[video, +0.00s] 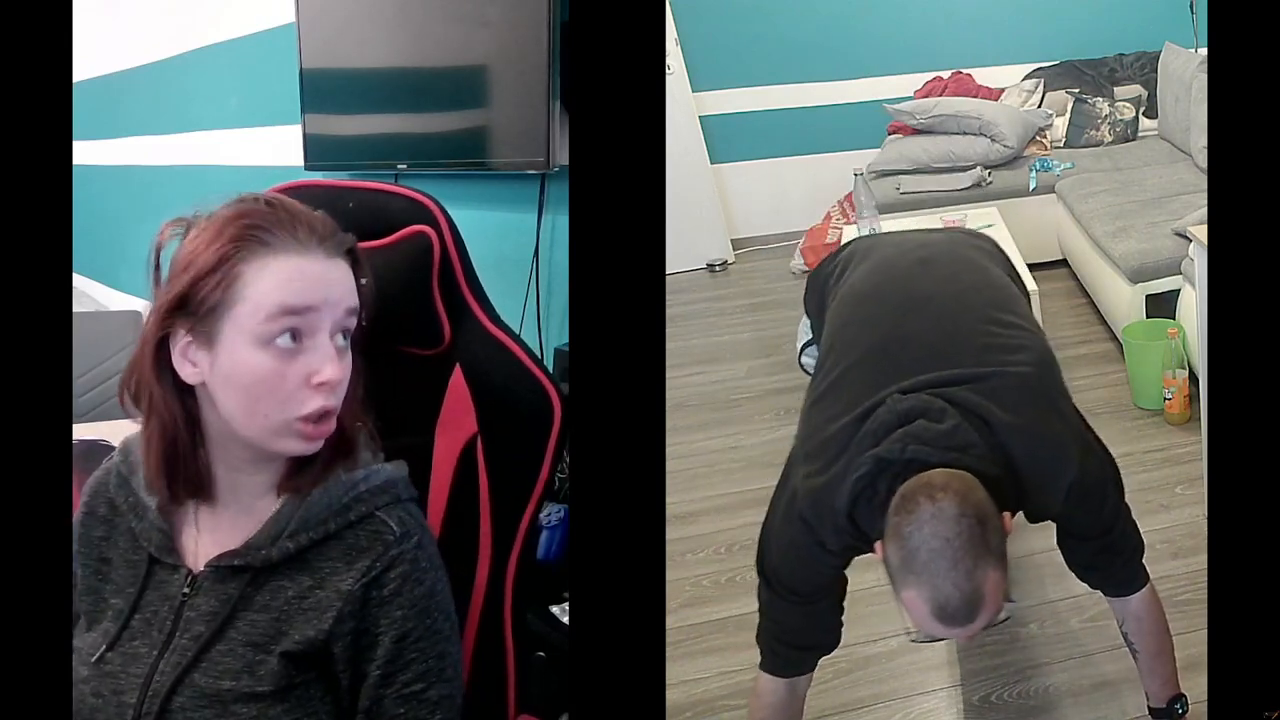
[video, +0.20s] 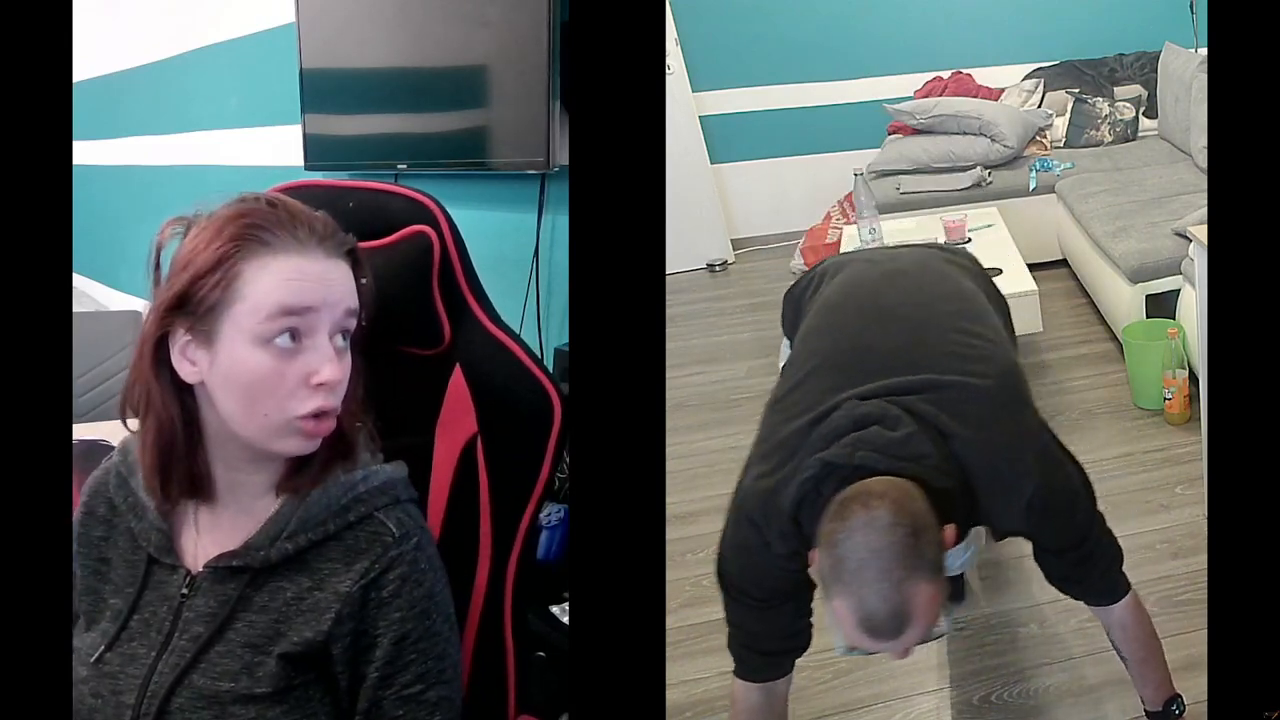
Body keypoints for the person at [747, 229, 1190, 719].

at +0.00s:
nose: (968, 643)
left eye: (986, 625)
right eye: (938, 639)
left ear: (1005, 526)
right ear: (881, 556)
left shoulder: (1064, 465)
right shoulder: (807, 522)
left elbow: (1131, 593)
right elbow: (782, 680)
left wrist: (1169, 707)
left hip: (978, 252)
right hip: (851, 266)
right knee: (829, 356)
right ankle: (816, 336)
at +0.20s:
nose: (904, 659)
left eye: (919, 640)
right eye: (873, 652)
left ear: (946, 542)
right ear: (816, 569)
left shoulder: (1023, 473)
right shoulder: (761, 526)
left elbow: (1113, 597)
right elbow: (759, 686)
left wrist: (1165, 709)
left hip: (953, 269)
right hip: (827, 282)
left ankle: (958, 547)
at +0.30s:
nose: (882, 672)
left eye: (899, 652)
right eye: (850, 664)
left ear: (923, 550)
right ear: (795, 593)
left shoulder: (1005, 478)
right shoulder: (740, 547)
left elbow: (1108, 601)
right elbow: (747, 690)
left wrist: (1157, 711)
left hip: (947, 278)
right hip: (815, 291)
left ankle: (946, 536)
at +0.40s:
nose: (881, 683)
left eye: (898, 665)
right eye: (849, 676)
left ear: (927, 561)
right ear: (794, 600)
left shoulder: (1009, 489)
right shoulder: (735, 552)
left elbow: (1111, 605)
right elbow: (740, 692)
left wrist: (1156, 713)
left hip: (944, 288)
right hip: (814, 304)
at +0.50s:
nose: (885, 686)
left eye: (905, 670)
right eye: (848, 677)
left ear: (937, 568)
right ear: (802, 599)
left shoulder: (1021, 496)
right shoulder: (743, 552)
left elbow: (1117, 603)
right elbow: (741, 694)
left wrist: (1156, 713)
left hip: (951, 298)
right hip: (826, 315)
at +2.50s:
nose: (976, 644)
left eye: (993, 622)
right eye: (943, 638)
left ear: (1008, 516)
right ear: (877, 559)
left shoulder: (1069, 466)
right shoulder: (811, 530)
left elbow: (1134, 608)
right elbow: (785, 686)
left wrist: (1158, 709)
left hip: (996, 323)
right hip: (873, 338)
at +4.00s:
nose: (989, 647)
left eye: (986, 614)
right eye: (949, 655)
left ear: (961, 527)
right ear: (860, 622)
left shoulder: (1048, 485)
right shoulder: (771, 570)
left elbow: (1163, 601)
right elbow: (728, 699)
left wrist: (1199, 704)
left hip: (964, 335)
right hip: (845, 356)